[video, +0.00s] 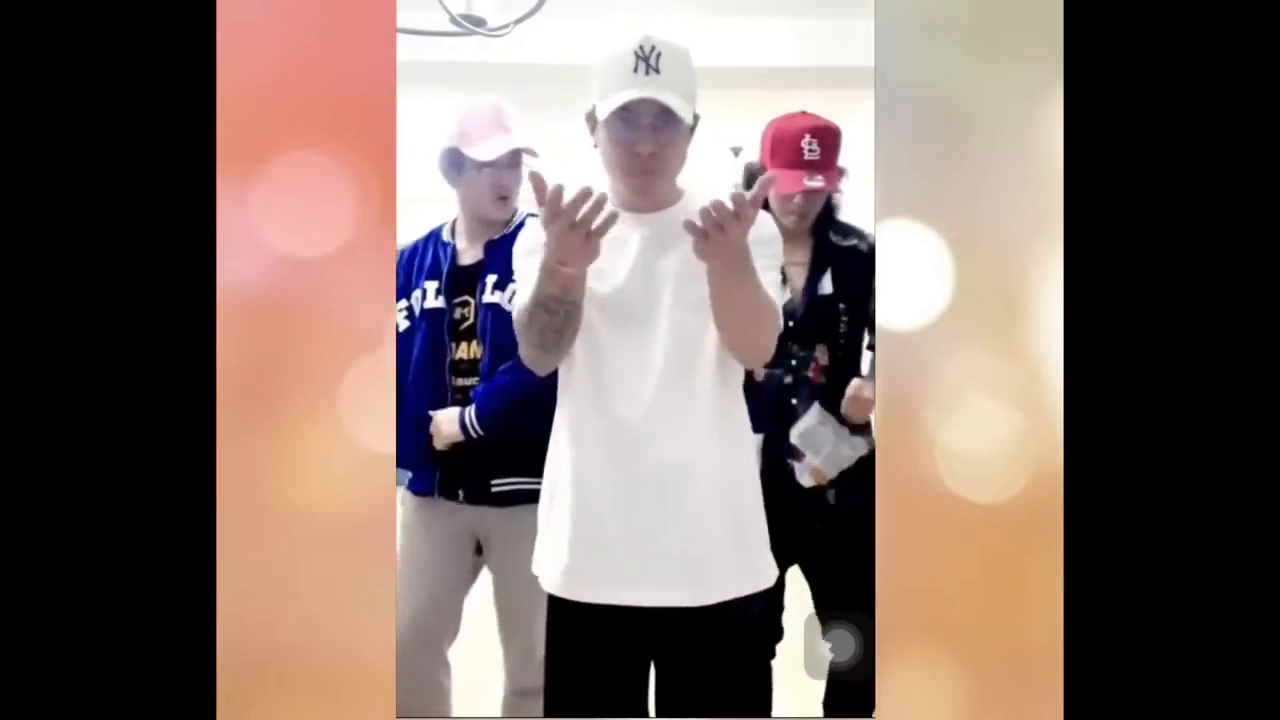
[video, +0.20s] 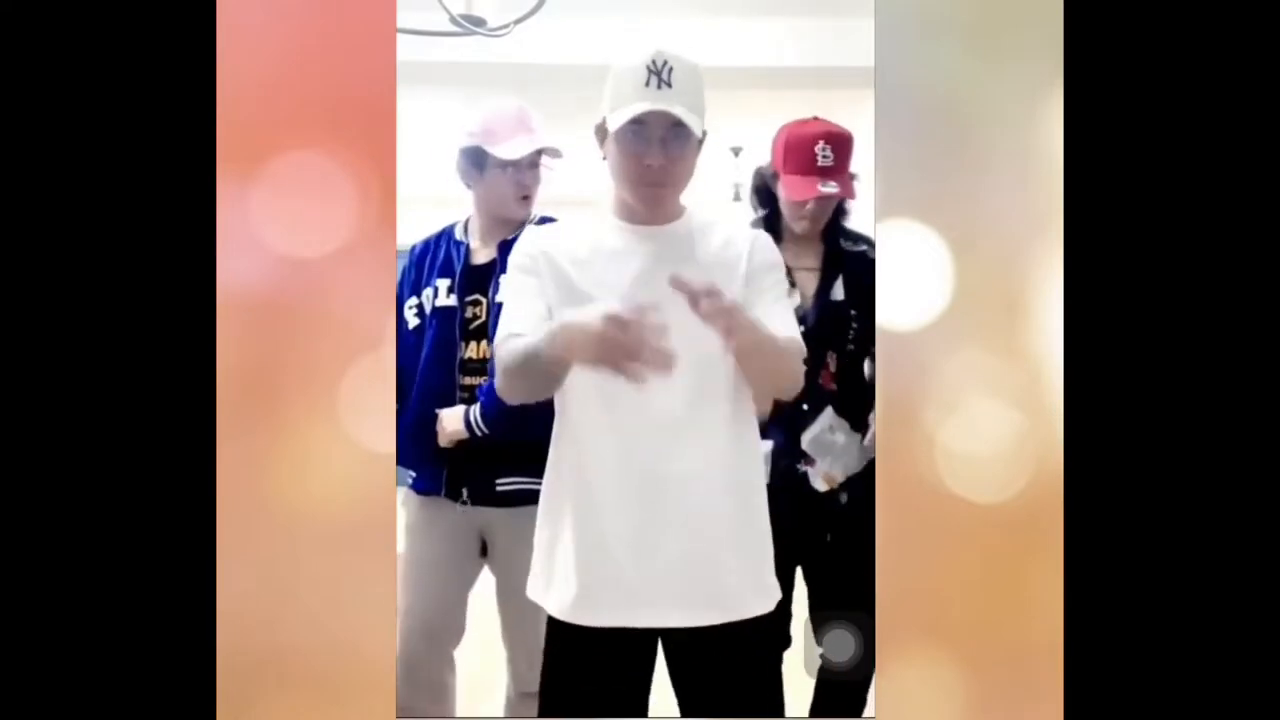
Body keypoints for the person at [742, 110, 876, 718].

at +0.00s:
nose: (808, 187)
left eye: (819, 175)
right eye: (794, 174)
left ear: (833, 179)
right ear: (764, 176)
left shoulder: (861, 255)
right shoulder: (735, 248)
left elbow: (895, 345)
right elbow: (711, 354)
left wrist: (874, 389)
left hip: (842, 477)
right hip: (749, 474)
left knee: (855, 644)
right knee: (745, 640)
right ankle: (745, 716)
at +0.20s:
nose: (812, 200)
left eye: (826, 188)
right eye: (800, 186)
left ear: (842, 189)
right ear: (774, 181)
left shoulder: (868, 263)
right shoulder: (739, 258)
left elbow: (889, 369)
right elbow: (717, 369)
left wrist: (862, 444)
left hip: (846, 486)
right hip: (757, 482)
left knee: (849, 651)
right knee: (754, 646)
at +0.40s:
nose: (817, 191)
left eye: (831, 179)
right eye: (804, 177)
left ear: (848, 179)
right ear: (777, 173)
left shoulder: (872, 253)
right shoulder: (736, 249)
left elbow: (897, 368)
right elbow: (711, 350)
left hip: (852, 475)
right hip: (764, 469)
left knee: (849, 644)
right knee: (759, 637)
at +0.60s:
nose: (809, 200)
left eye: (823, 187)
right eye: (796, 185)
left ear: (840, 191)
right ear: (771, 186)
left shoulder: (865, 272)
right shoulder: (738, 265)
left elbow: (882, 370)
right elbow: (714, 372)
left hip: (844, 490)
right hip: (753, 485)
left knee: (850, 660)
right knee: (750, 653)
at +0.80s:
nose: (804, 183)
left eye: (817, 171)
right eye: (791, 171)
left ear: (834, 175)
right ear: (766, 174)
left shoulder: (862, 252)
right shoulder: (738, 248)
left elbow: (895, 347)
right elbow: (713, 344)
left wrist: (871, 386)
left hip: (835, 472)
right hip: (746, 471)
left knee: (838, 636)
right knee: (745, 631)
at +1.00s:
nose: (806, 183)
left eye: (818, 170)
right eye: (791, 171)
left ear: (833, 180)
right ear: (764, 180)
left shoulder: (855, 266)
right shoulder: (736, 258)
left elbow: (866, 365)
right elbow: (718, 361)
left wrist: (865, 425)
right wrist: (733, 443)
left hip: (837, 485)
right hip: (752, 482)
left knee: (849, 651)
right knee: (750, 644)